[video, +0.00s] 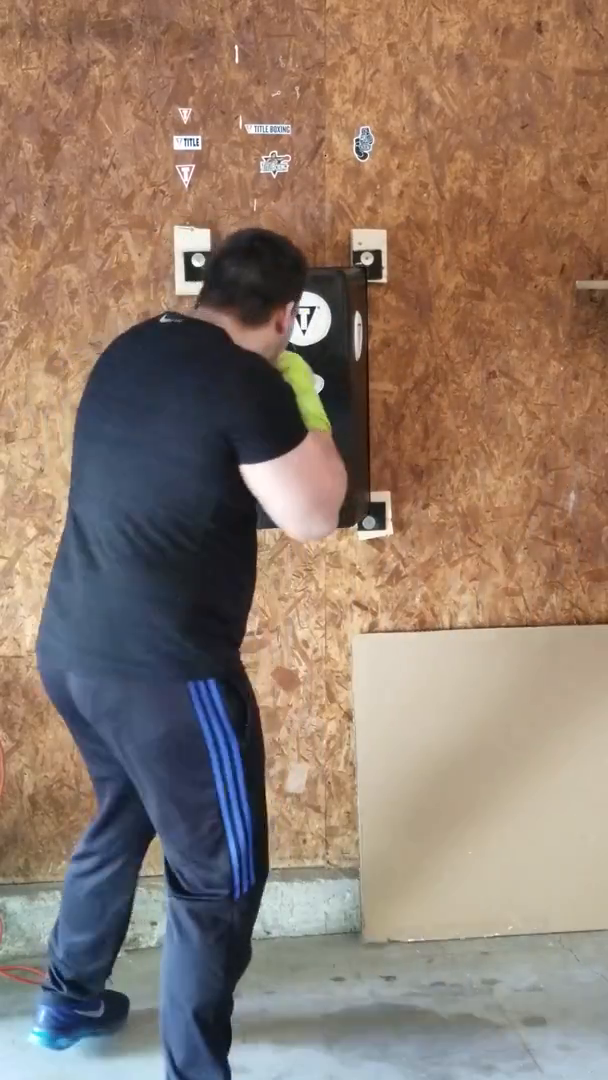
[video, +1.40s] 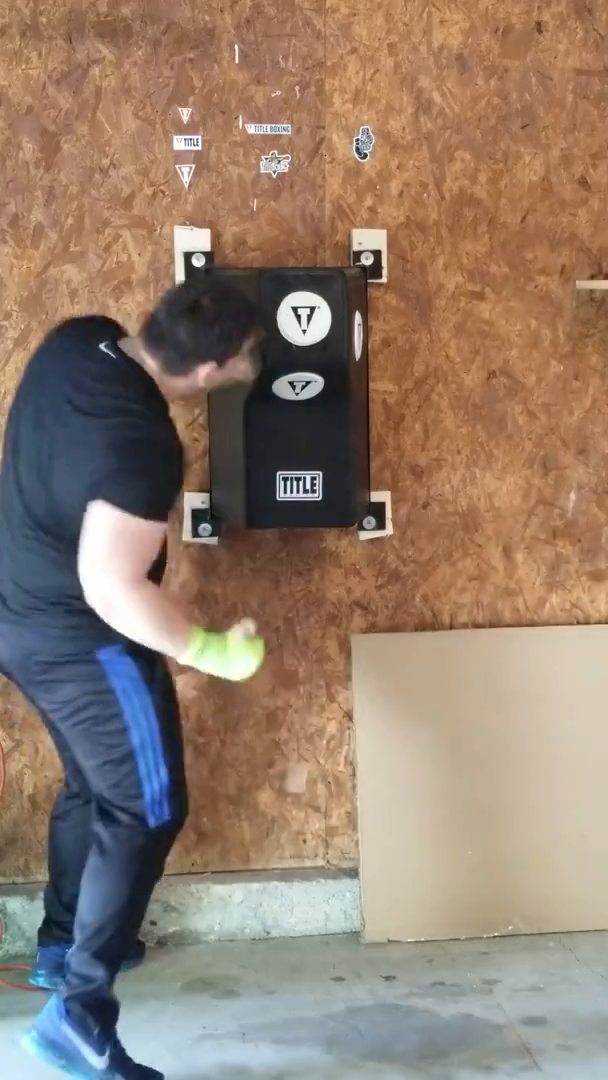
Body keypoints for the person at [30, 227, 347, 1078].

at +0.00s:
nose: (289, 331)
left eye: (290, 317)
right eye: (292, 317)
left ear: (208, 289)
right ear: (277, 311)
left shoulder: (129, 349)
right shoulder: (245, 380)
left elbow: (174, 478)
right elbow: (313, 511)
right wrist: (311, 402)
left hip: (73, 647)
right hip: (168, 664)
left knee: (122, 816)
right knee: (218, 877)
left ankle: (70, 1001)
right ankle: (198, 1064)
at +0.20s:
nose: (245, 330)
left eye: (244, 319)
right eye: (246, 318)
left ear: (152, 301)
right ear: (231, 316)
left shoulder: (75, 366)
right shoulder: (226, 385)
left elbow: (130, 460)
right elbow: (325, 494)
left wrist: (240, 400)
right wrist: (301, 393)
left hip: (67, 664)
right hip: (176, 672)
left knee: (110, 812)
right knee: (229, 862)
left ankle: (63, 1003)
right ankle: (203, 1059)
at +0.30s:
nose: (210, 314)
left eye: (205, 304)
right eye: (210, 304)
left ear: (114, 303)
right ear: (194, 306)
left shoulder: (38, 369)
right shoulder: (232, 361)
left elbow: (27, 468)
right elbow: (359, 400)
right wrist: (304, 348)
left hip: (76, 659)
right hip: (188, 658)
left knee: (97, 815)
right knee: (221, 860)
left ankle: (61, 1005)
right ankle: (208, 1057)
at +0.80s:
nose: (238, 319)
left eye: (236, 307)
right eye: (240, 307)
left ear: (157, 278)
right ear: (224, 305)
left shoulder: (83, 332)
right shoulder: (183, 364)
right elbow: (266, 466)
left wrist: (207, 369)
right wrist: (250, 369)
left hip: (46, 623)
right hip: (126, 634)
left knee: (99, 798)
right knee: (197, 822)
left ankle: (65, 1002)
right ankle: (168, 1042)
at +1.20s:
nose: (256, 378)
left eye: (258, 364)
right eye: (259, 366)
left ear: (188, 318)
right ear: (231, 367)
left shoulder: (141, 362)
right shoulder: (119, 403)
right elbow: (157, 545)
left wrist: (208, 467)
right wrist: (247, 462)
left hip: (85, 619)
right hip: (50, 627)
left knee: (118, 773)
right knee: (102, 834)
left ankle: (80, 935)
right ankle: (53, 1040)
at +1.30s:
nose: (249, 387)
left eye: (254, 375)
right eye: (247, 377)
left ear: (183, 333)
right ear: (216, 379)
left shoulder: (128, 361)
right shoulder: (113, 426)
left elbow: (198, 409)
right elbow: (112, 575)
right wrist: (224, 573)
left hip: (72, 621)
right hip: (58, 635)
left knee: (100, 798)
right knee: (120, 826)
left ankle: (69, 938)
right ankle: (59, 1035)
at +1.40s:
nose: (249, 365)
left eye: (251, 354)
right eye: (250, 355)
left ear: (162, 313)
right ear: (221, 362)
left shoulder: (81, 336)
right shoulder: (138, 451)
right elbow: (112, 589)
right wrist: (205, 647)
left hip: (25, 608)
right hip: (76, 633)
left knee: (92, 783)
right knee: (147, 809)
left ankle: (63, 947)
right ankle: (79, 1013)